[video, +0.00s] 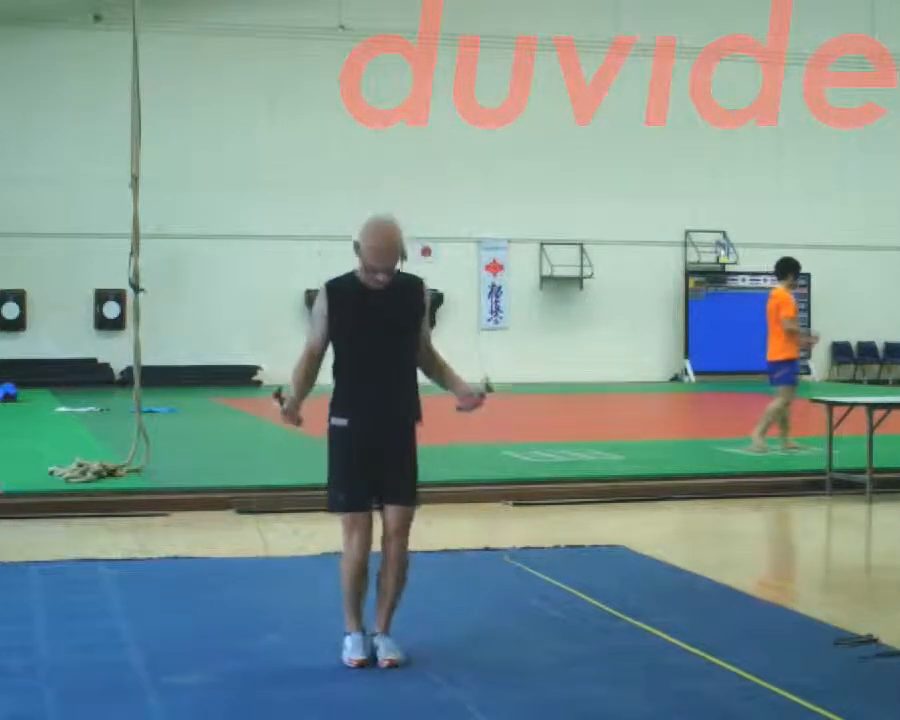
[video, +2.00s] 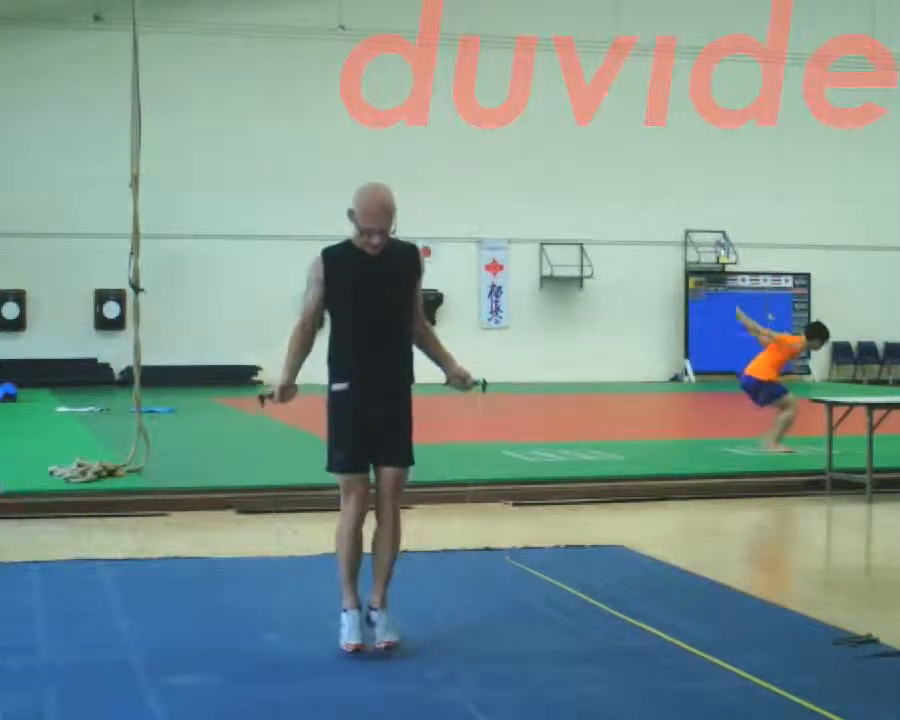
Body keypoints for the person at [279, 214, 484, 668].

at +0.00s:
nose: (381, 277)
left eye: (389, 268)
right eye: (373, 269)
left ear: (401, 256)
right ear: (357, 254)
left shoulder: (416, 294)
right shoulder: (333, 295)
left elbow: (424, 353)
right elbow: (313, 354)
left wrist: (459, 387)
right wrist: (295, 399)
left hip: (398, 426)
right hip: (350, 426)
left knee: (398, 530)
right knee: (357, 532)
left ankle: (382, 632)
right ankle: (354, 632)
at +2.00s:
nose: (376, 240)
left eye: (383, 232)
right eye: (368, 233)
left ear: (394, 222)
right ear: (353, 220)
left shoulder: (409, 258)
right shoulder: (329, 262)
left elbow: (417, 324)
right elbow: (308, 324)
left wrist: (450, 366)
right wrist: (288, 377)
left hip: (395, 392)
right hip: (349, 393)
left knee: (390, 498)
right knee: (355, 499)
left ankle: (379, 608)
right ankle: (350, 609)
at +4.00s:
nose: (372, 262)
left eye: (380, 253)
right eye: (363, 253)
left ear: (391, 245)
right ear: (348, 245)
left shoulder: (410, 287)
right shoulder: (325, 291)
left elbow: (423, 348)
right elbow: (304, 350)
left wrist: (454, 389)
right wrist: (284, 398)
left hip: (392, 416)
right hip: (348, 417)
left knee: (389, 519)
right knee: (357, 520)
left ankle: (375, 620)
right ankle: (349, 622)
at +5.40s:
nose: (377, 238)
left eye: (385, 229)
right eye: (369, 229)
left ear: (397, 221)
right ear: (355, 219)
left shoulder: (414, 260)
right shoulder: (332, 263)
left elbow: (429, 328)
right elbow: (309, 327)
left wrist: (452, 384)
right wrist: (284, 385)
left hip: (396, 391)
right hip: (350, 393)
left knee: (395, 497)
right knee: (354, 499)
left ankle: (386, 603)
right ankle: (353, 605)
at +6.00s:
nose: (375, 206)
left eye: (383, 197)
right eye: (367, 198)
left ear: (393, 195)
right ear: (351, 196)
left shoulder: (413, 242)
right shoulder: (332, 243)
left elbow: (428, 309)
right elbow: (314, 312)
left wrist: (453, 358)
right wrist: (294, 366)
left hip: (395, 372)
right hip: (349, 372)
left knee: (394, 474)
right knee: (353, 474)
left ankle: (386, 579)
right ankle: (352, 580)